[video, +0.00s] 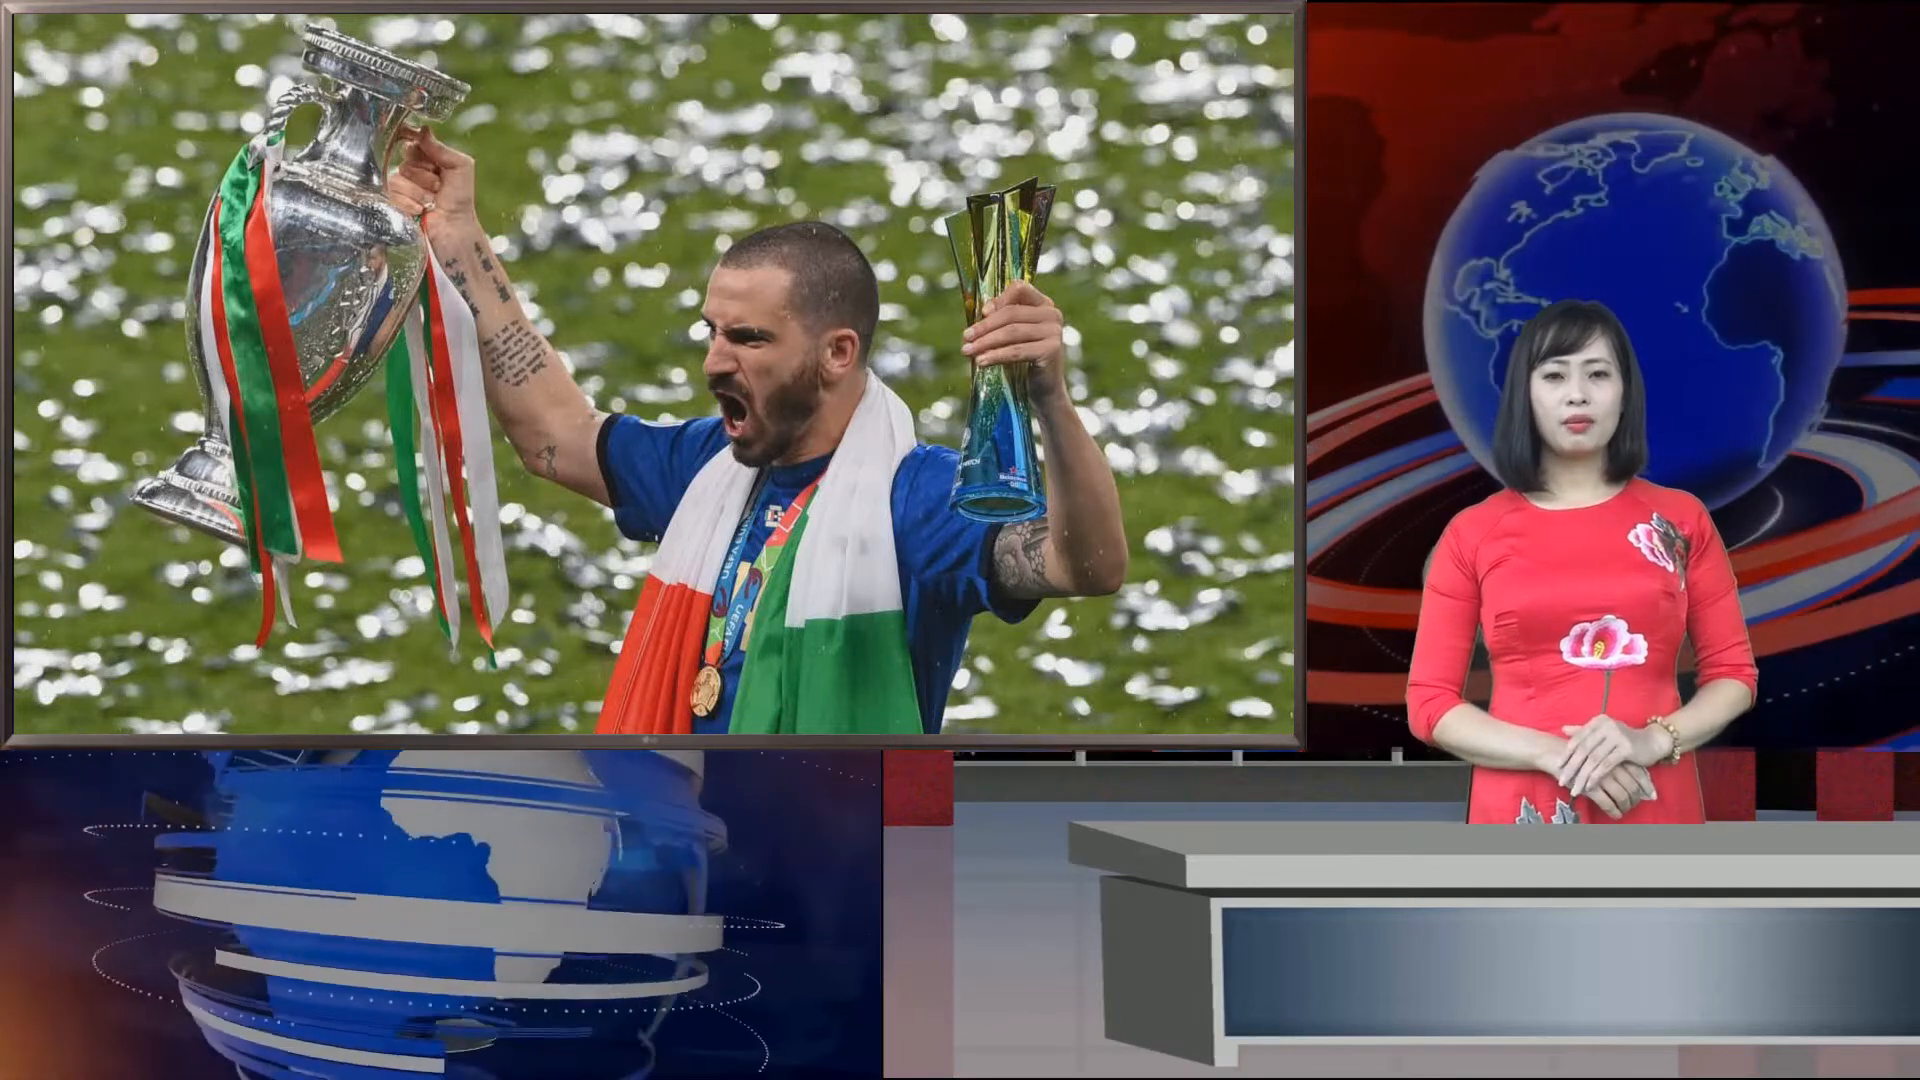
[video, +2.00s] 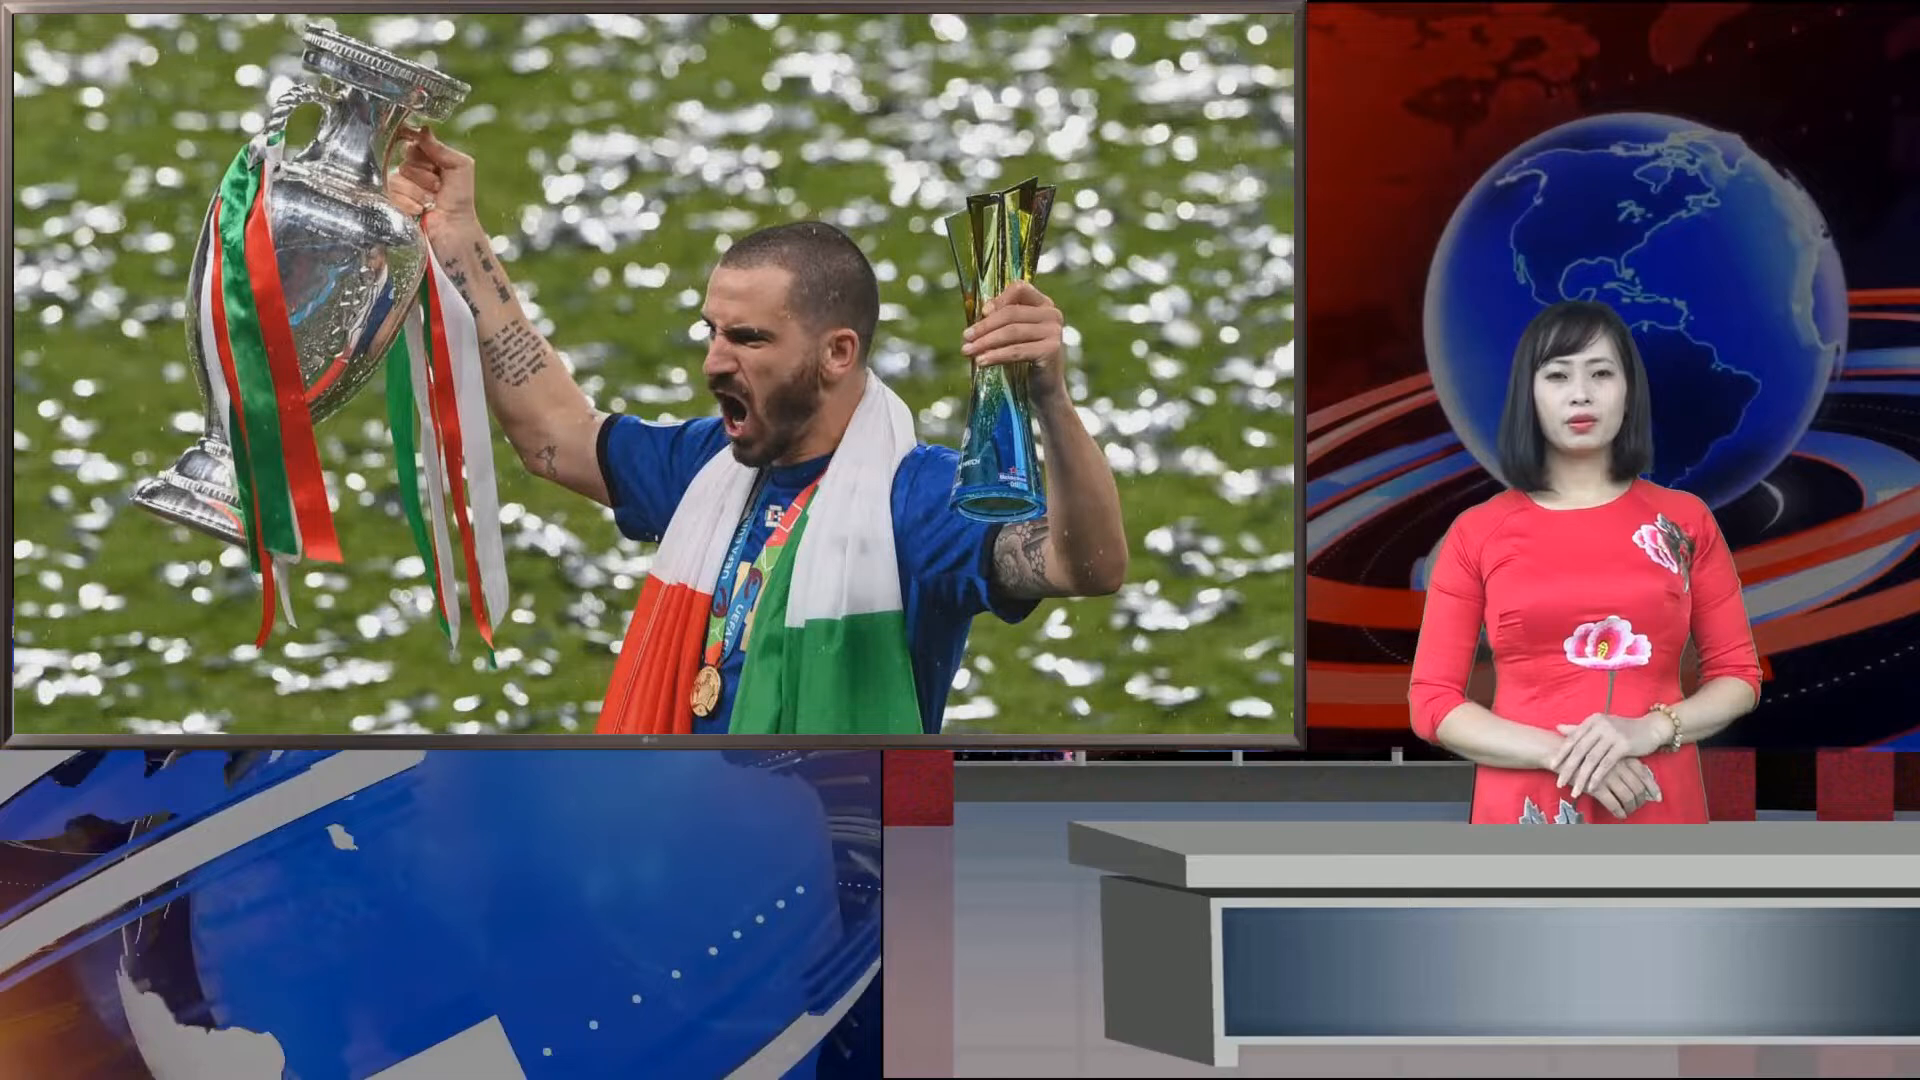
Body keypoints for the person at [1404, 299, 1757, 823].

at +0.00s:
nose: (1577, 394)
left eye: (1598, 374)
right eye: (1555, 375)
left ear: (1625, 392)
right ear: (1525, 393)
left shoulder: (1680, 520)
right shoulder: (1473, 535)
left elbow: (1733, 677)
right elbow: (1430, 704)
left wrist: (1653, 738)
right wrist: (1558, 753)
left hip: (1659, 823)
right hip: (1519, 825)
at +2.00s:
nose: (1580, 394)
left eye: (1601, 374)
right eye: (1558, 375)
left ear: (1628, 391)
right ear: (1530, 393)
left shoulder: (1684, 521)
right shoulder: (1479, 533)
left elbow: (1738, 679)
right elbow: (1432, 702)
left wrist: (1650, 728)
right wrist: (1567, 753)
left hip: (1662, 823)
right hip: (1521, 824)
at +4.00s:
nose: (1581, 393)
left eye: (1603, 374)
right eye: (1560, 375)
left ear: (1632, 392)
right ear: (1532, 392)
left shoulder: (1687, 522)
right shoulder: (1479, 533)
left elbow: (1740, 680)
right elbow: (1433, 701)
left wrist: (1653, 729)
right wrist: (1568, 753)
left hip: (1663, 824)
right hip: (1522, 825)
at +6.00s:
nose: (1582, 393)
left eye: (1604, 373)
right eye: (1560, 375)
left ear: (1632, 391)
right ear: (1532, 392)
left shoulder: (1687, 521)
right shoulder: (1480, 533)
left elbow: (1741, 680)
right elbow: (1434, 700)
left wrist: (1652, 728)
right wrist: (1565, 752)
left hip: (1661, 823)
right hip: (1523, 824)